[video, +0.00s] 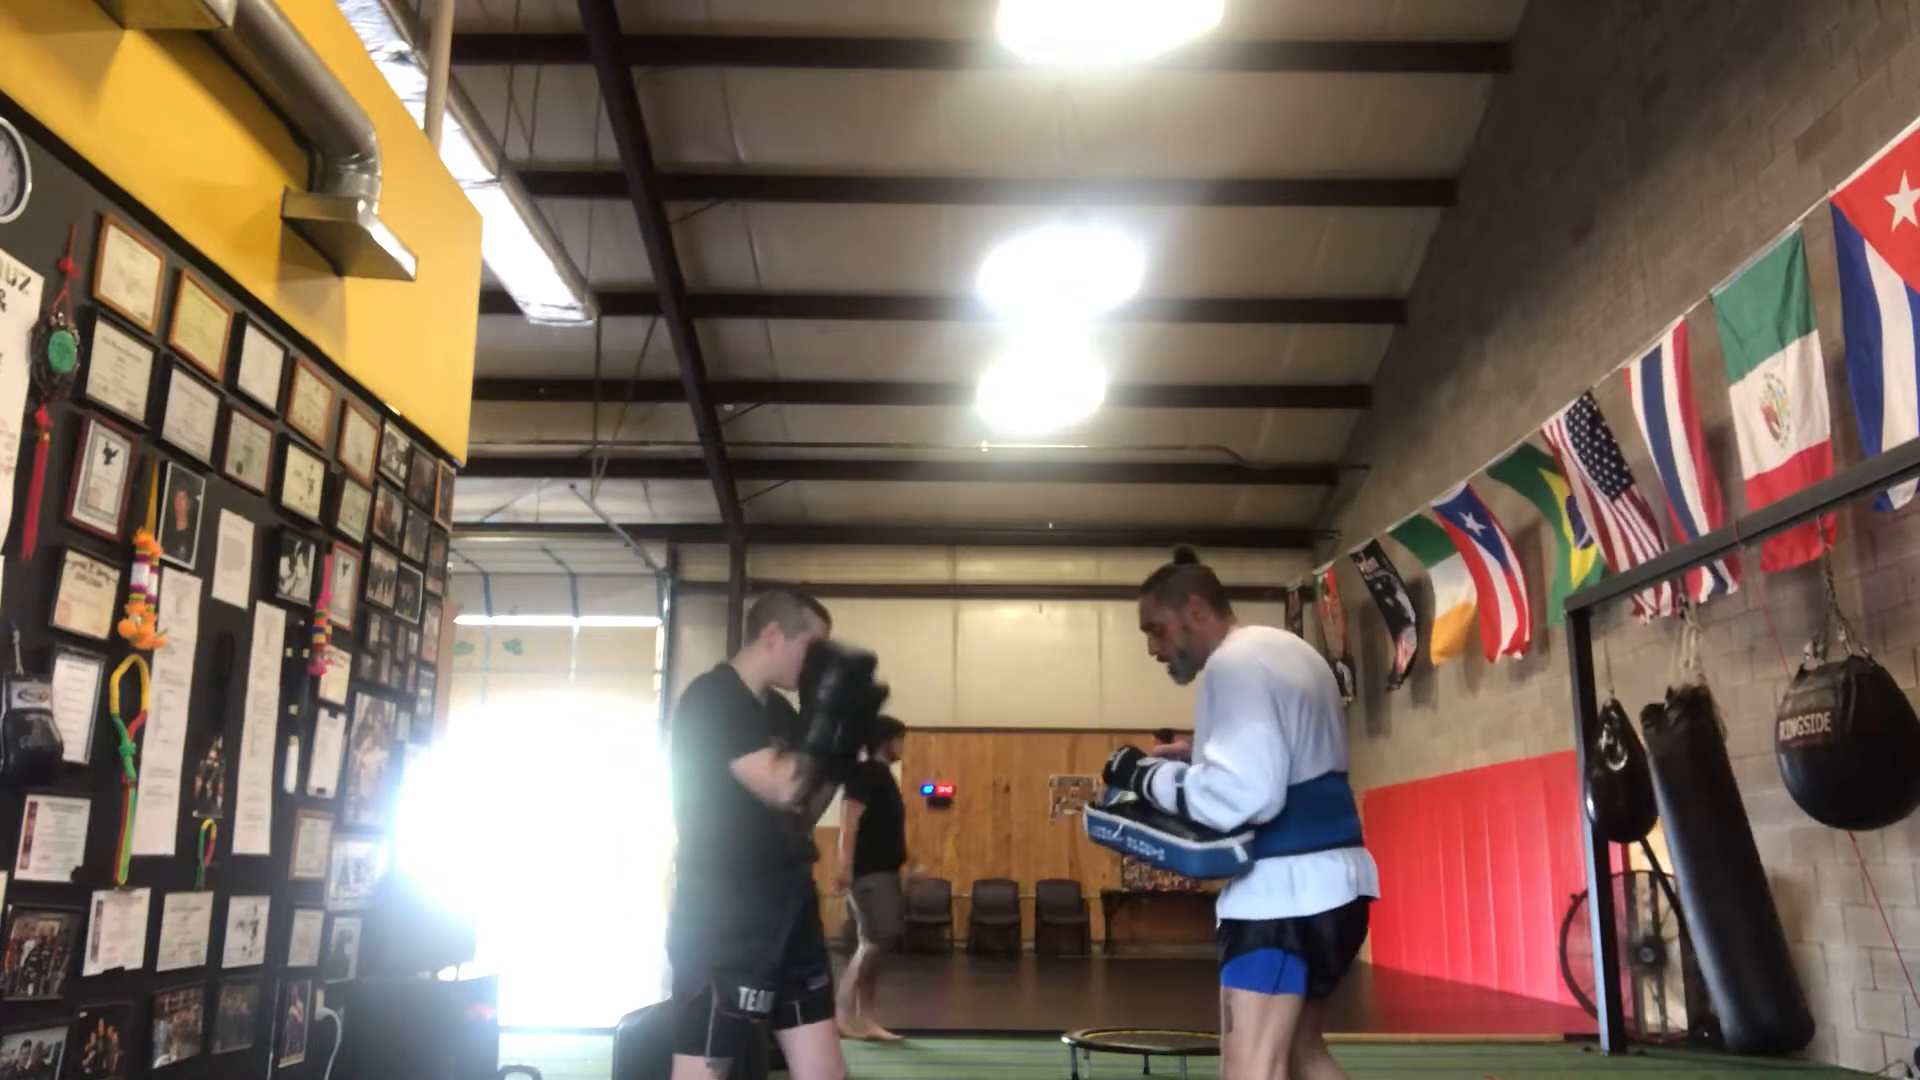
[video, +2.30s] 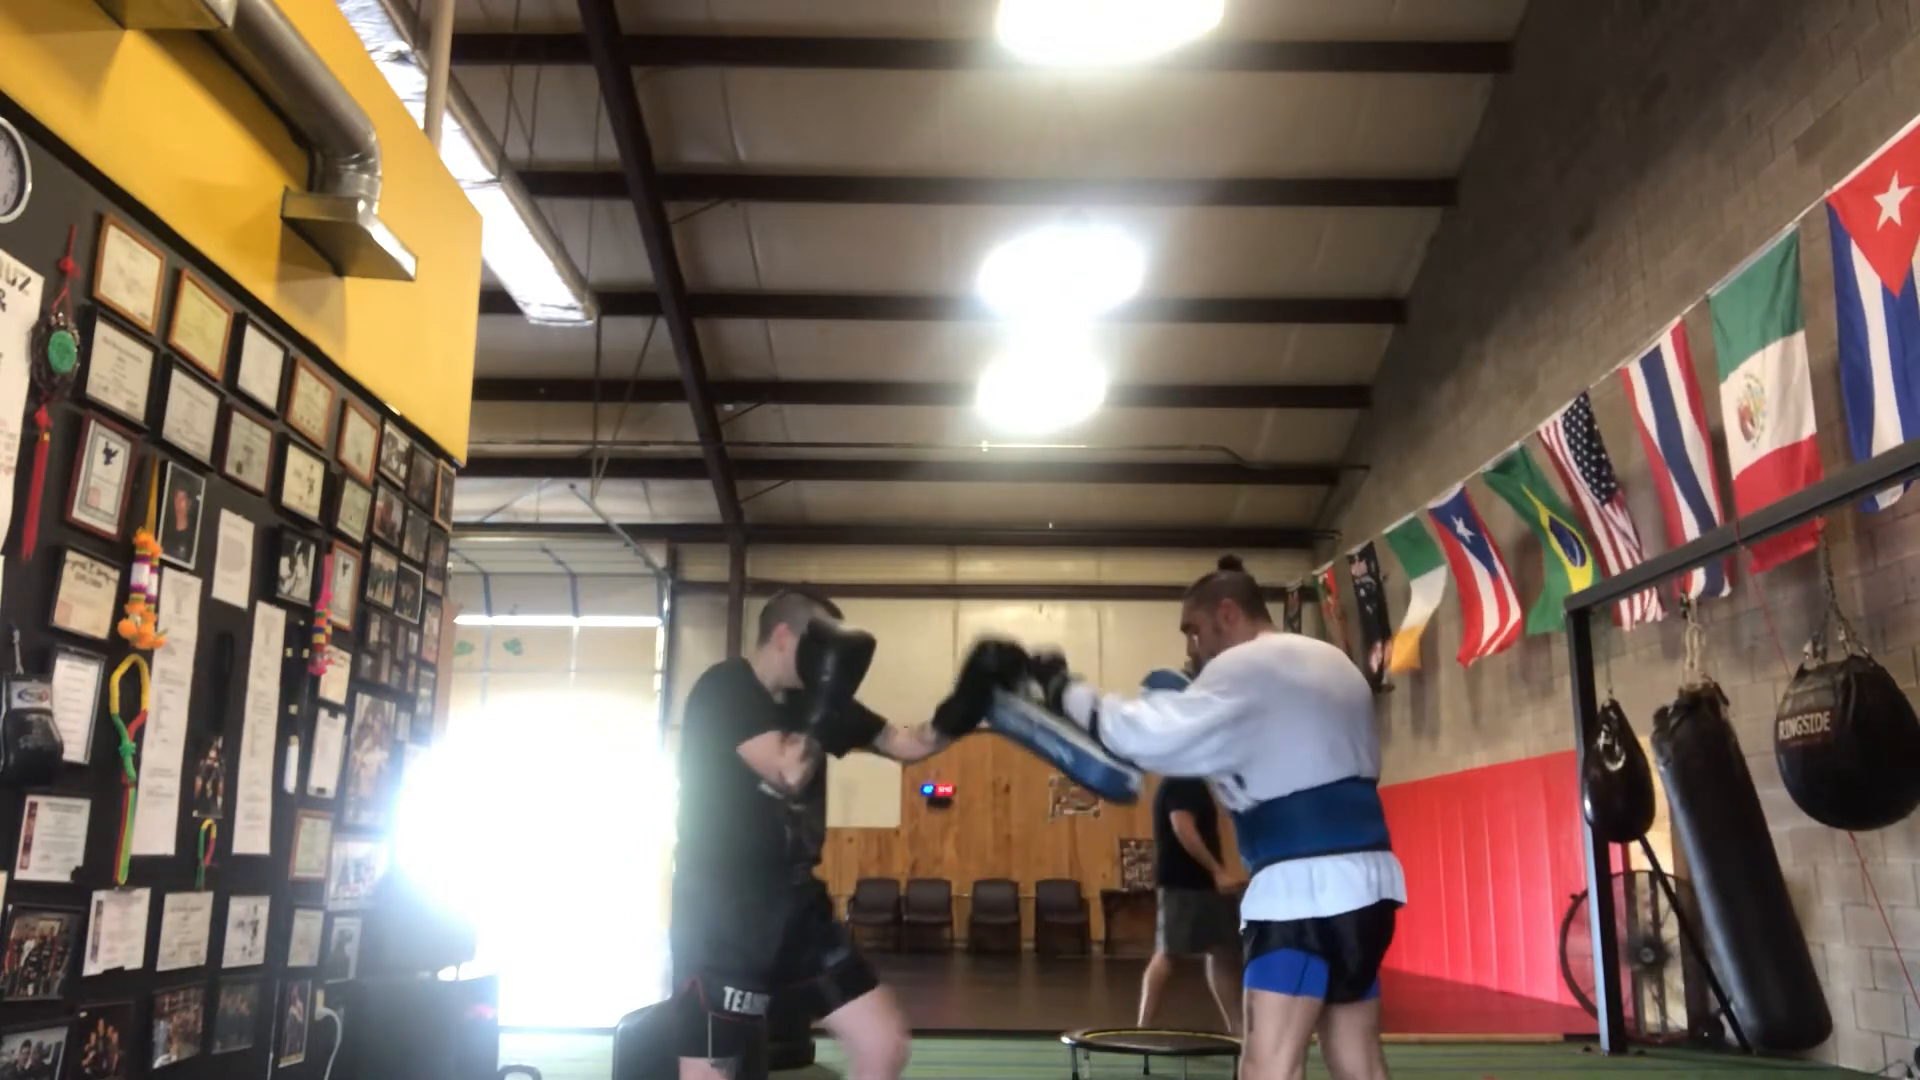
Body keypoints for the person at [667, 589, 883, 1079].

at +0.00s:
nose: (815, 663)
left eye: (819, 650)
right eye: (812, 647)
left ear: (774, 640)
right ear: (773, 636)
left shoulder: (780, 710)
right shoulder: (711, 698)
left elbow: (809, 807)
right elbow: (783, 786)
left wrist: (846, 733)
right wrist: (832, 714)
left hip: (790, 920)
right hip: (723, 923)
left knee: (822, 1069)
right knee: (699, 1071)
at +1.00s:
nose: (820, 658)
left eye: (825, 646)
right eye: (814, 644)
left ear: (786, 640)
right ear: (783, 637)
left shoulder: (795, 703)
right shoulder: (726, 691)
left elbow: (849, 786)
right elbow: (812, 768)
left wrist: (874, 706)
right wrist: (837, 691)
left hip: (796, 918)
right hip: (731, 918)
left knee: (829, 1070)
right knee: (722, 1071)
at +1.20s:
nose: (825, 656)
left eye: (831, 646)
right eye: (819, 643)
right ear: (787, 633)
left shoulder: (809, 703)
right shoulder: (727, 688)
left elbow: (897, 749)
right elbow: (800, 764)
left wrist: (942, 679)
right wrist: (824, 679)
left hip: (801, 913)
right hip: (729, 913)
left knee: (828, 1069)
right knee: (710, 1069)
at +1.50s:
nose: (823, 662)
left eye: (828, 651)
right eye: (816, 647)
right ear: (782, 636)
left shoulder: (812, 705)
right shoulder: (720, 691)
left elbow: (888, 770)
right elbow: (775, 779)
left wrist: (948, 728)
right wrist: (816, 702)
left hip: (797, 913)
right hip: (724, 915)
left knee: (824, 1070)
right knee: (715, 1070)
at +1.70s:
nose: (812, 670)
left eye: (818, 659)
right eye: (809, 655)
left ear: (775, 643)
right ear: (773, 640)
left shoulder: (783, 710)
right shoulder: (708, 694)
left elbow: (834, 797)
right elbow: (772, 780)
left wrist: (871, 721)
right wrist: (822, 703)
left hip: (786, 907)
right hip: (720, 909)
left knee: (822, 1069)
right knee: (713, 1070)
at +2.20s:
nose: (811, 656)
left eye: (817, 646)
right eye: (806, 643)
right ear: (772, 636)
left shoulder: (790, 702)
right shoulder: (711, 691)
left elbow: (881, 754)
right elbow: (780, 778)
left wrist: (949, 710)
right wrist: (815, 699)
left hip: (784, 904)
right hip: (716, 908)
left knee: (838, 1068)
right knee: (709, 1071)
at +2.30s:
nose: (824, 654)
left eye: (829, 644)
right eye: (817, 641)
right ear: (782, 636)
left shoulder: (810, 698)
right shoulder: (725, 686)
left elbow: (907, 744)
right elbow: (790, 771)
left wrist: (973, 697)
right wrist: (826, 692)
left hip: (795, 900)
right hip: (725, 904)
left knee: (883, 1044)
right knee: (709, 1070)